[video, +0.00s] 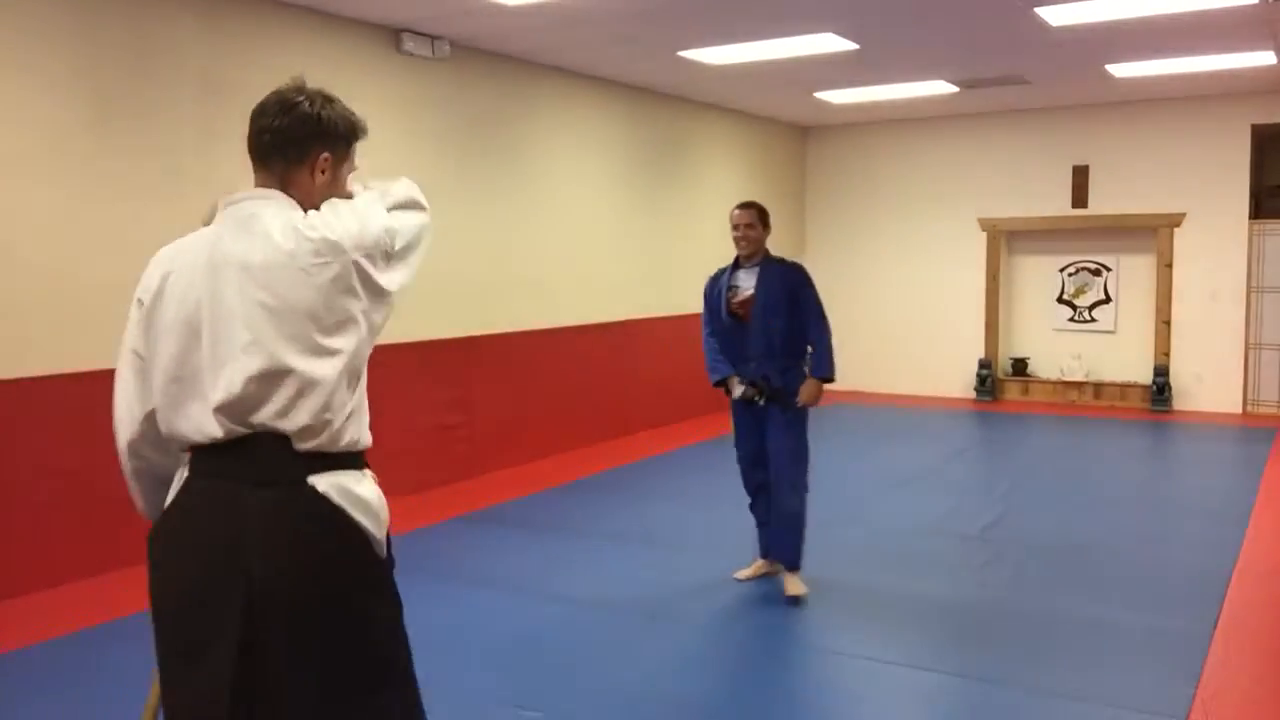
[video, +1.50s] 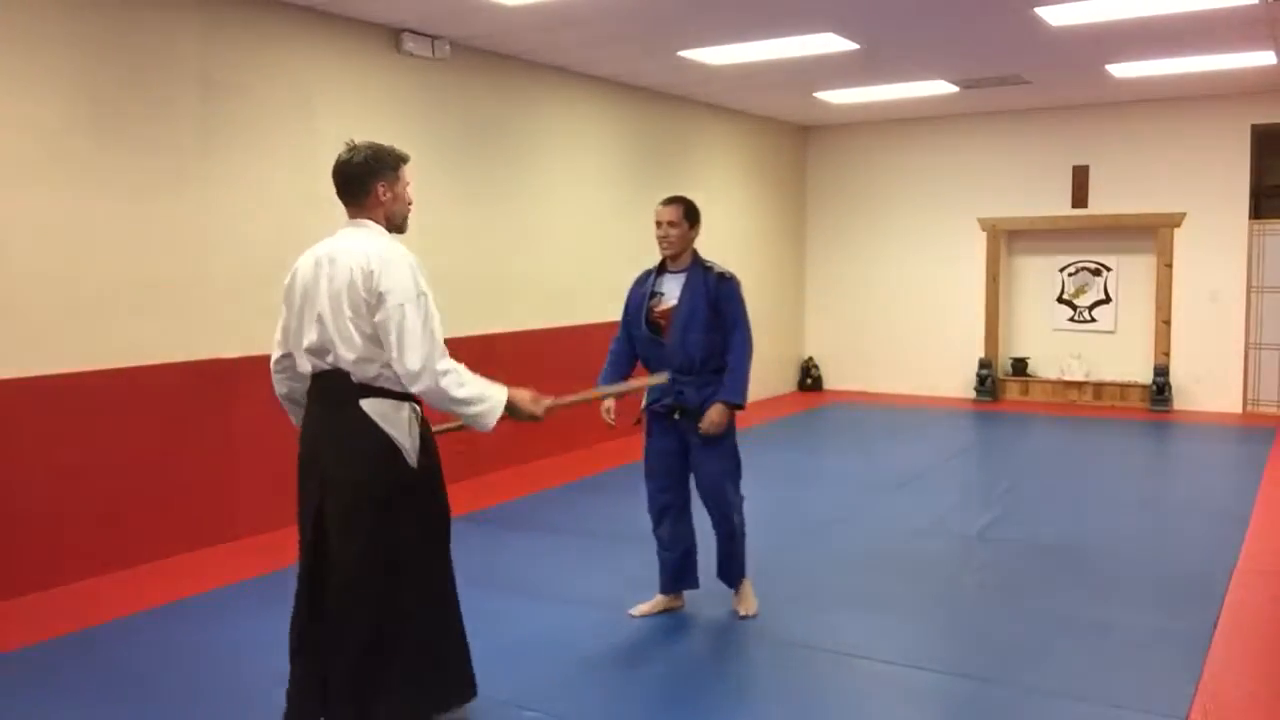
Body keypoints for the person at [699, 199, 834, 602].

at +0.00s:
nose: (742, 234)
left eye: (749, 227)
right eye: (736, 227)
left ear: (765, 231)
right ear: (730, 233)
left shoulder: (792, 275)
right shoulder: (717, 284)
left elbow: (818, 327)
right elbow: (711, 337)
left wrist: (817, 376)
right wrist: (728, 377)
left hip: (786, 391)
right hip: (744, 393)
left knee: (787, 476)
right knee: (754, 475)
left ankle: (790, 567)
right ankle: (770, 556)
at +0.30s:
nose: (739, 234)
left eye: (747, 228)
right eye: (735, 227)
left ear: (766, 232)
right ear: (730, 231)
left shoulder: (789, 282)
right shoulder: (718, 280)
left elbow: (806, 339)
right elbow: (701, 332)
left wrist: (795, 389)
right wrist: (709, 368)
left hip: (771, 396)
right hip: (731, 393)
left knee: (764, 482)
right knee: (740, 479)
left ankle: (760, 572)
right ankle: (761, 551)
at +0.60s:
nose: (740, 231)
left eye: (749, 225)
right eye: (736, 224)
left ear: (770, 230)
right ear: (732, 228)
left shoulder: (790, 285)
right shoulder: (720, 279)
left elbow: (803, 350)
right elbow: (701, 334)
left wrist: (787, 402)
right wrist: (693, 380)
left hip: (764, 406)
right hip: (720, 402)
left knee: (762, 493)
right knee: (716, 483)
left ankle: (760, 578)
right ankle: (750, 549)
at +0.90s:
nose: (726, 232)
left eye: (734, 225)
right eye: (721, 225)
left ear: (756, 230)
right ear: (718, 229)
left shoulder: (780, 282)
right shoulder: (708, 277)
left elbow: (802, 342)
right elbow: (684, 329)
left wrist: (791, 399)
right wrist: (663, 376)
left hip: (757, 405)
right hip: (710, 402)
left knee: (758, 496)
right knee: (696, 487)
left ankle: (758, 582)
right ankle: (697, 577)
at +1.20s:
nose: (691, 235)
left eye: (700, 228)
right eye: (687, 228)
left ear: (721, 233)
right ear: (683, 232)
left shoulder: (747, 288)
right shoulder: (676, 286)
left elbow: (765, 351)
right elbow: (662, 348)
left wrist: (761, 410)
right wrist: (649, 399)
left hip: (731, 413)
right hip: (683, 413)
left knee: (744, 504)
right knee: (677, 502)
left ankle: (757, 584)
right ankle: (672, 590)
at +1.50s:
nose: (663, 233)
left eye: (672, 226)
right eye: (658, 225)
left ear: (693, 230)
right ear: (654, 230)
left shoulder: (719, 284)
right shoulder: (644, 284)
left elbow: (740, 347)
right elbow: (624, 343)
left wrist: (726, 402)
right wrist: (609, 389)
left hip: (708, 412)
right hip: (661, 413)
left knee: (723, 502)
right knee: (664, 504)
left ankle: (739, 582)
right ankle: (671, 592)